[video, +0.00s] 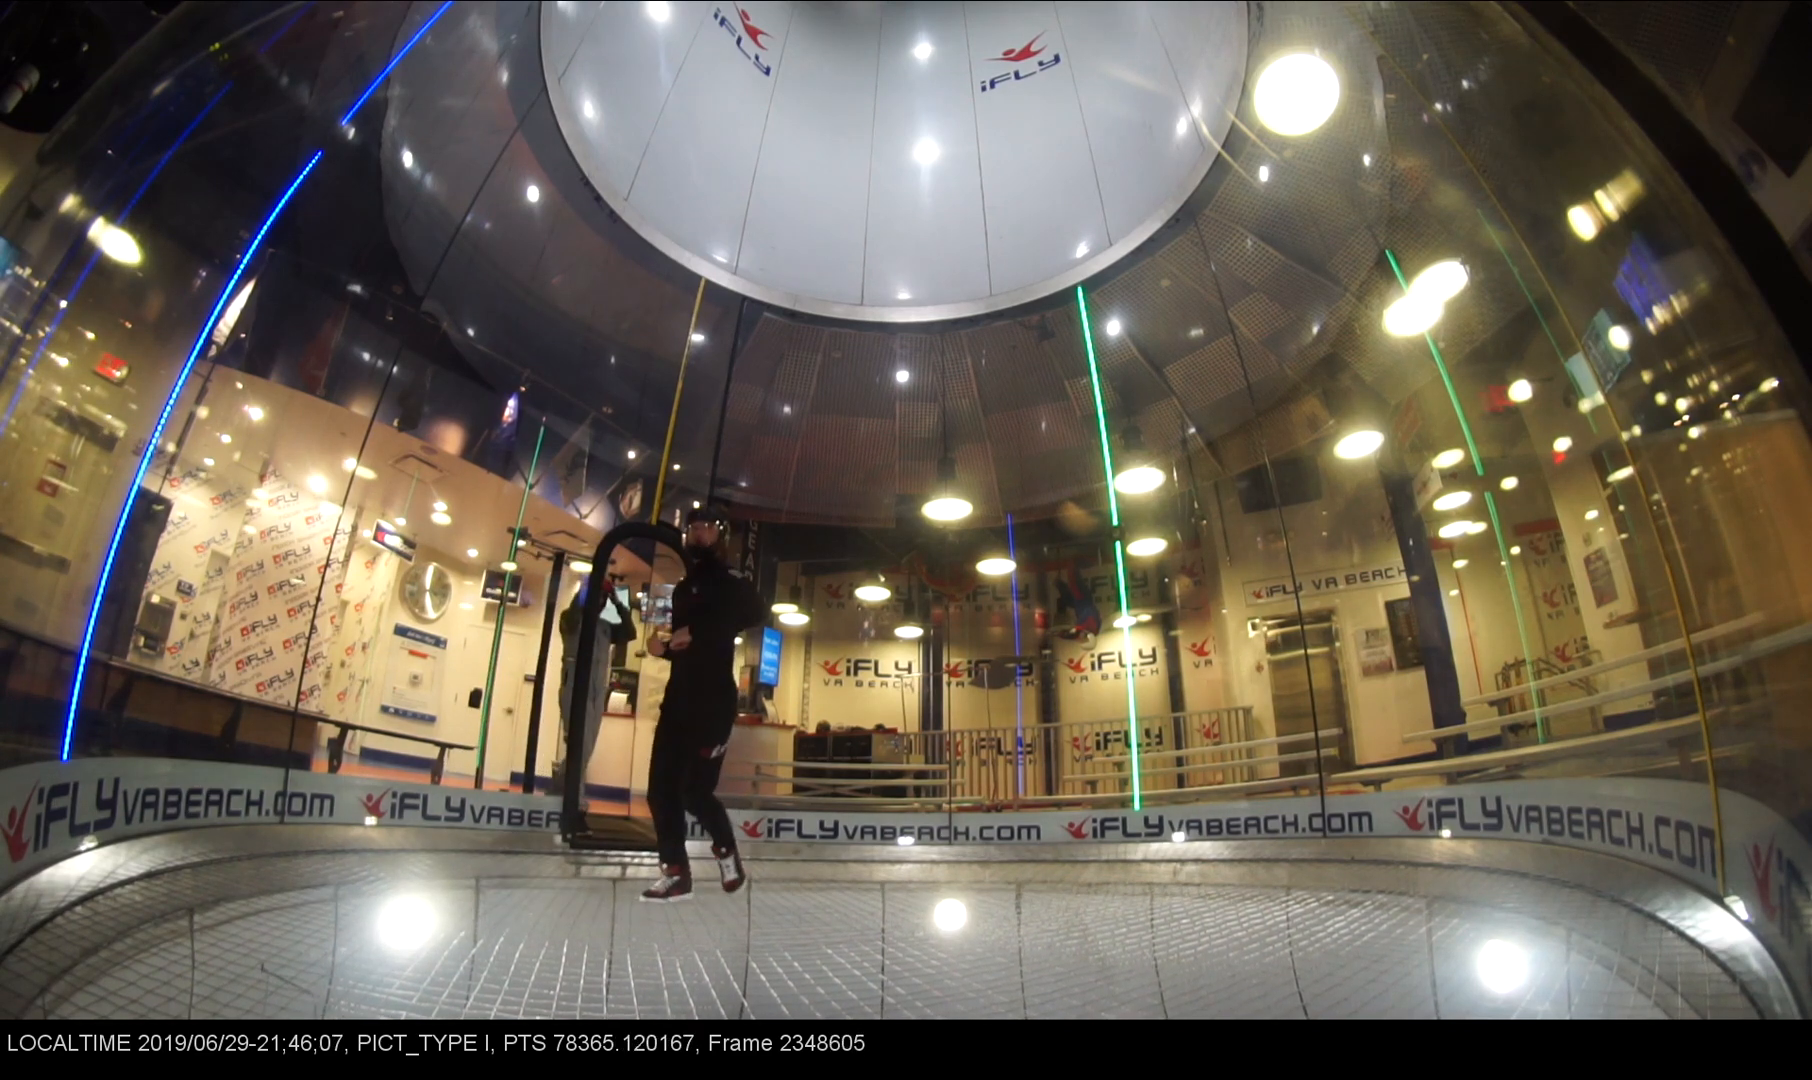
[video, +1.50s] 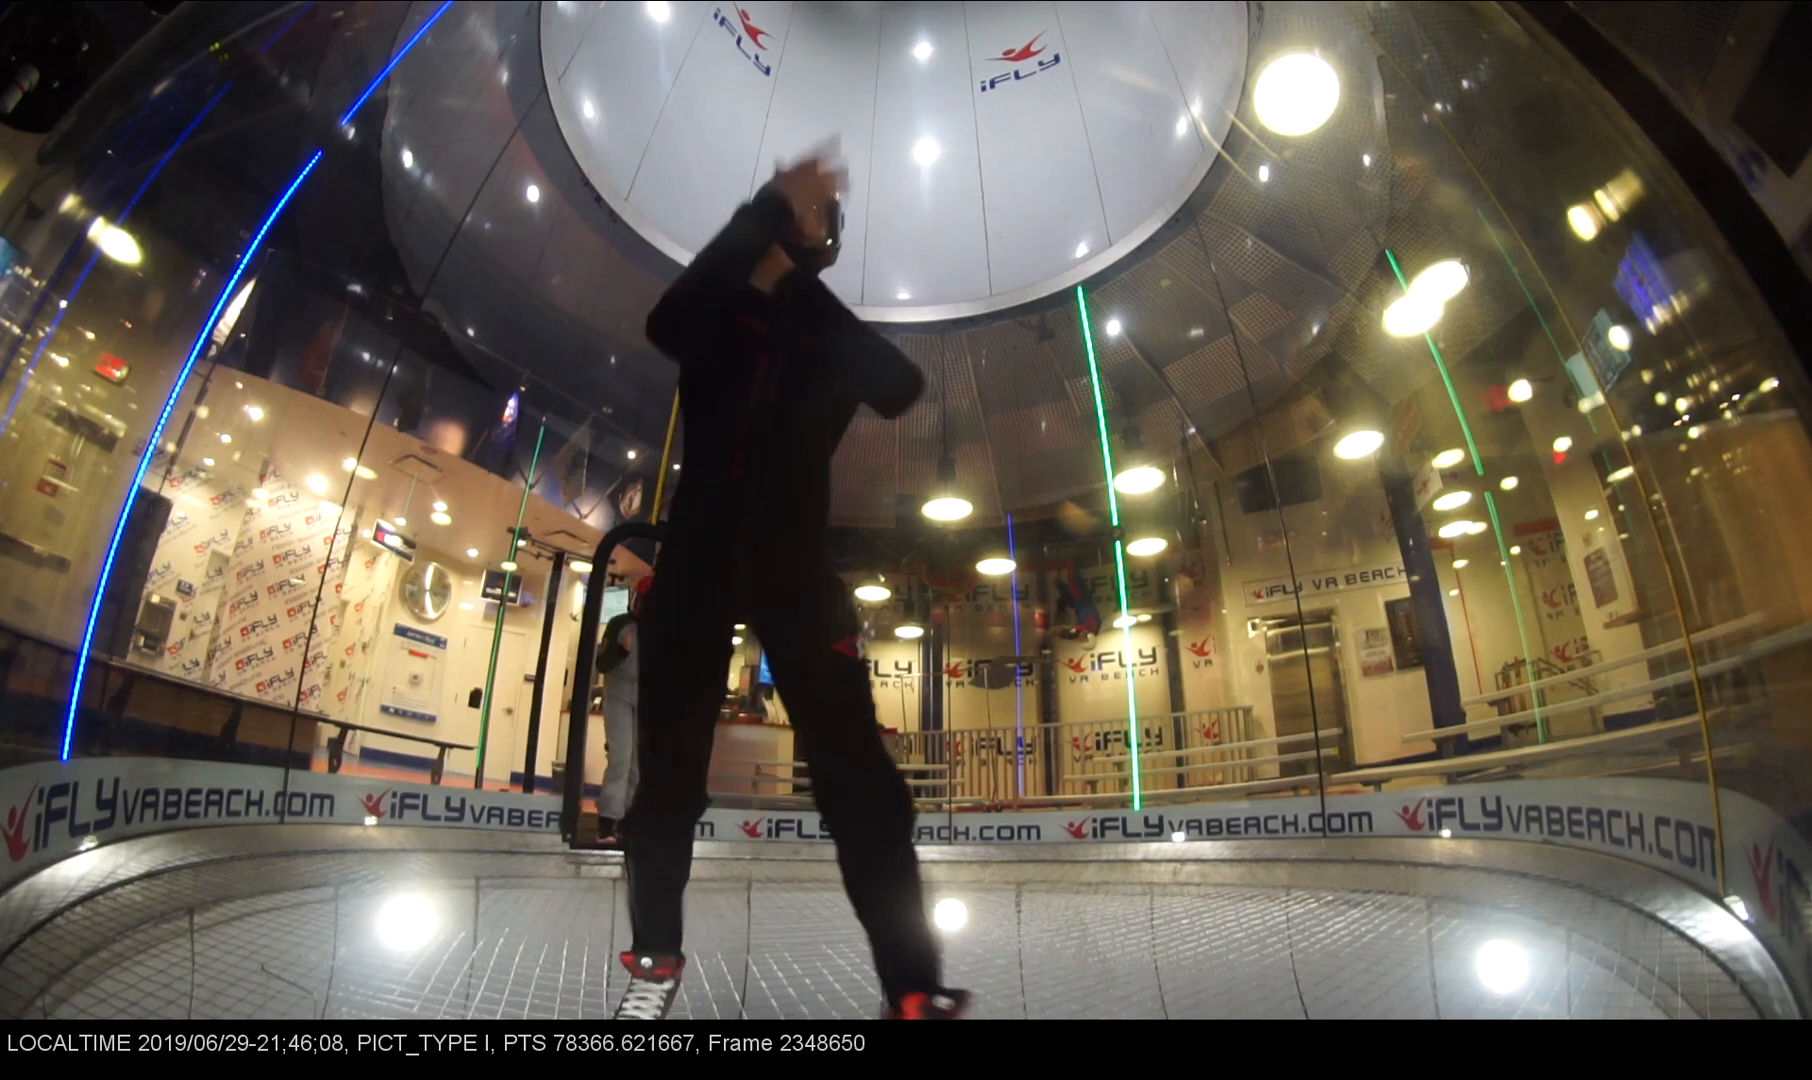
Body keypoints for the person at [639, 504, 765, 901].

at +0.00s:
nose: (698, 533)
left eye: (707, 526)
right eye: (694, 525)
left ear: (722, 533)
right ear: (687, 532)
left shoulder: (734, 582)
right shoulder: (685, 586)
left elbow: (755, 616)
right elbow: (681, 637)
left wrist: (697, 631)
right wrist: (659, 645)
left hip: (715, 695)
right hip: (680, 692)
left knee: (695, 792)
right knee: (661, 789)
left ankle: (726, 849)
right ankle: (676, 872)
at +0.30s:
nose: (718, 478)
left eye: (727, 472)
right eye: (710, 470)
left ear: (739, 485)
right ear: (695, 481)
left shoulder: (751, 534)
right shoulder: (674, 534)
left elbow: (804, 582)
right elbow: (644, 602)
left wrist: (744, 583)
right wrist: (672, 569)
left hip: (727, 664)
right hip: (679, 662)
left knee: (718, 768)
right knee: (664, 762)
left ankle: (727, 876)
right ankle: (677, 844)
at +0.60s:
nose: (739, 424)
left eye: (750, 419)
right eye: (730, 417)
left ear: (763, 438)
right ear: (713, 431)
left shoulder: (775, 508)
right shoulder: (684, 487)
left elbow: (803, 579)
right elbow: (658, 456)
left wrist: (746, 525)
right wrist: (685, 384)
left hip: (735, 659)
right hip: (675, 654)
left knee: (728, 789)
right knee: (661, 781)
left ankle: (727, 904)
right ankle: (671, 891)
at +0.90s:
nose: (741, 347)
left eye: (753, 343)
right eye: (730, 340)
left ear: (767, 366)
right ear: (708, 358)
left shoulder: (781, 444)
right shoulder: (682, 415)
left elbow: (818, 521)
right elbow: (668, 341)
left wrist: (745, 453)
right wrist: (686, 256)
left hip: (740, 608)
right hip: (665, 603)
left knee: (736, 761)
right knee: (654, 762)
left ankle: (729, 885)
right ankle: (647, 934)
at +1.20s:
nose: (757, 295)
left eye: (768, 285)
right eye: (750, 282)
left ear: (779, 301)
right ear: (720, 295)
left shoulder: (789, 378)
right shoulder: (677, 366)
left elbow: (834, 429)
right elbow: (629, 381)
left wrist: (763, 328)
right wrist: (709, 276)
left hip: (750, 595)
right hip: (668, 592)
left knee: (761, 785)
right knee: (655, 781)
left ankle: (732, 894)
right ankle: (647, 959)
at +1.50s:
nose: (817, 227)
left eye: (827, 218)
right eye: (804, 213)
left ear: (830, 243)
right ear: (765, 230)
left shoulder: (836, 333)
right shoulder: (709, 310)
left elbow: (901, 389)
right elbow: (665, 326)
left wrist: (806, 286)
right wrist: (765, 210)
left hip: (796, 564)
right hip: (696, 558)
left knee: (856, 770)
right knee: (668, 765)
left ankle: (914, 988)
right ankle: (654, 959)